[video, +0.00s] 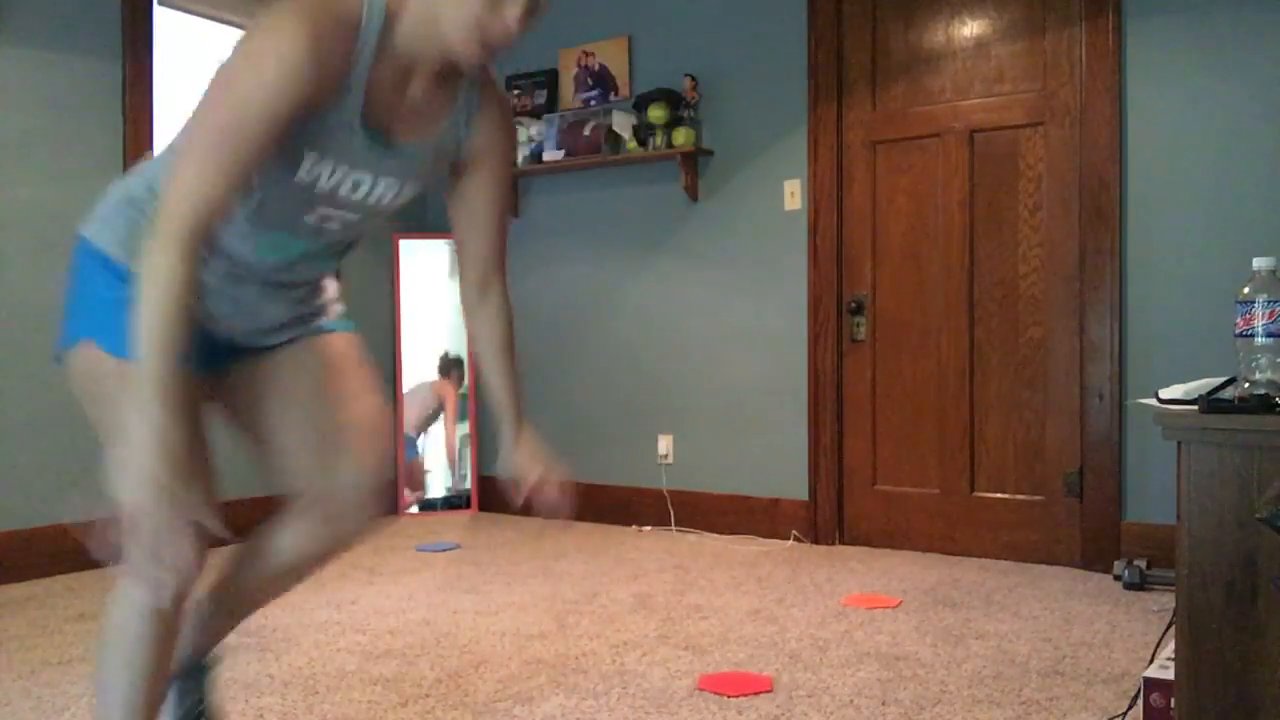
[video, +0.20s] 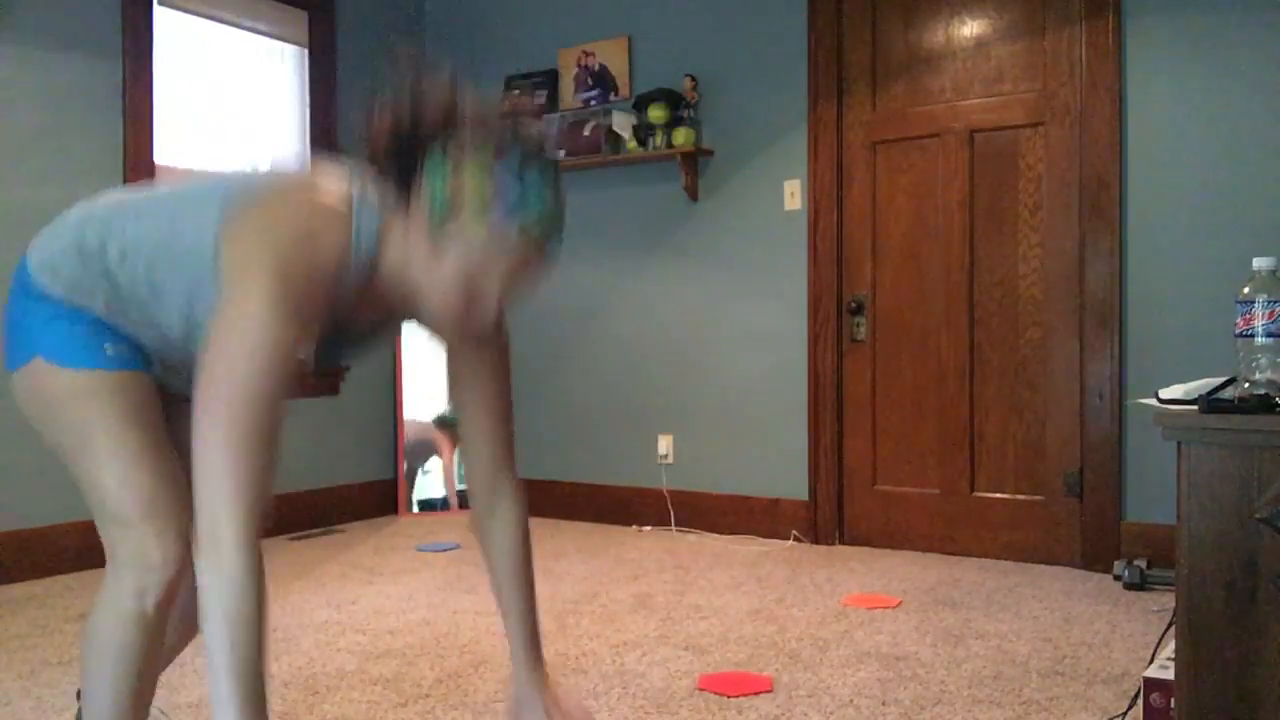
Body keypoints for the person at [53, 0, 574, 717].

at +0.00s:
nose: (513, 21)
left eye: (526, 8)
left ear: (533, 17)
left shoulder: (481, 120)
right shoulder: (308, 36)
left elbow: (483, 285)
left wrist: (515, 432)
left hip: (282, 297)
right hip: (145, 268)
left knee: (352, 491)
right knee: (168, 539)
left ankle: (182, 649)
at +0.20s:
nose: (491, 304)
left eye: (510, 281)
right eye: (483, 269)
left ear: (533, 265)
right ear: (427, 211)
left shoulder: (459, 276)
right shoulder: (286, 243)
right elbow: (227, 543)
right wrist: (240, 711)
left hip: (187, 336)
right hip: (69, 298)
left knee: (201, 589)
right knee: (155, 558)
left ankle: (99, 702)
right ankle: (107, 708)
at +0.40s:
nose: (452, 552)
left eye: (475, 541)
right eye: (455, 528)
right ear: (427, 459)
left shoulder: (468, 422)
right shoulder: (296, 429)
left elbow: (519, 635)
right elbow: (243, 708)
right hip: (74, 353)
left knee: (234, 583)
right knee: (196, 590)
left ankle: (115, 708)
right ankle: (110, 718)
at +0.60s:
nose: (460, 618)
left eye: (482, 610)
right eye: (465, 594)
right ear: (439, 527)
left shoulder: (479, 444)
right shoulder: (324, 456)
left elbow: (531, 659)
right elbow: (262, 707)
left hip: (237, 247)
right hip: (126, 251)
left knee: (228, 537)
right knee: (152, 546)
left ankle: (112, 666)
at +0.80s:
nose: (540, 594)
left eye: (559, 585)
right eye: (541, 573)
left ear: (531, 494)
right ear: (509, 500)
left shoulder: (537, 454)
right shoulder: (371, 458)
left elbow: (558, 660)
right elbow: (289, 702)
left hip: (258, 373)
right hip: (128, 363)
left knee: (156, 548)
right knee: (27, 560)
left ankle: (51, 567)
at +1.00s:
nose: (477, 560)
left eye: (496, 547)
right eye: (473, 537)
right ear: (434, 471)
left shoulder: (471, 479)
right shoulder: (279, 469)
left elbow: (525, 662)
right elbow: (234, 709)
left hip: (192, 607)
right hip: (77, 584)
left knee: (131, 683)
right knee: (28, 696)